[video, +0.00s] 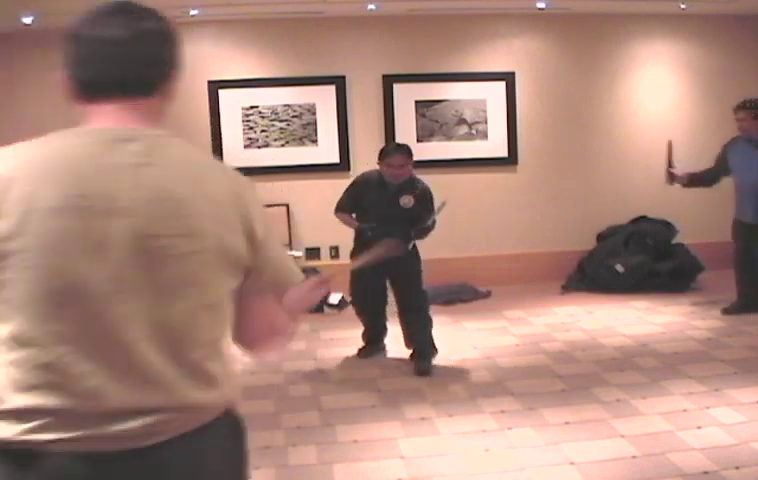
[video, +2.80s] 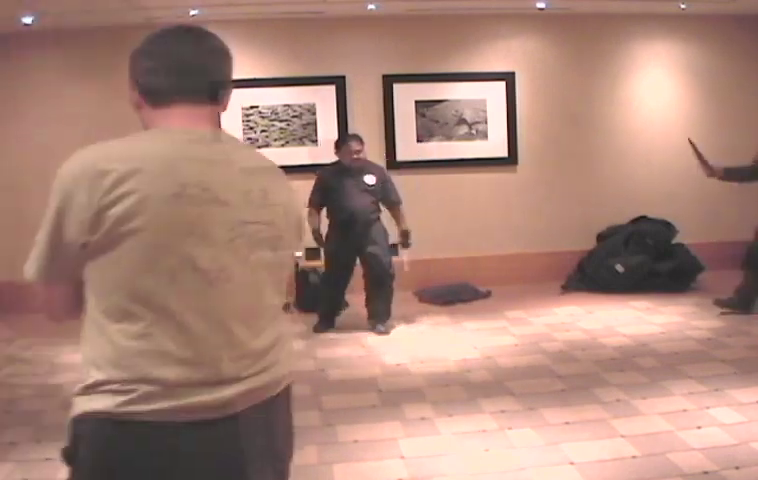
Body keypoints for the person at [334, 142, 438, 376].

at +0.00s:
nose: (398, 172)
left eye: (404, 166)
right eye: (392, 166)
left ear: (411, 166)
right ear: (381, 166)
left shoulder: (419, 190)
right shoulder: (365, 182)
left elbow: (427, 224)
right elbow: (340, 211)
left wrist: (410, 234)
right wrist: (360, 226)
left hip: (402, 250)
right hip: (367, 250)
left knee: (412, 302)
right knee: (365, 299)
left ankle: (422, 354)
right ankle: (374, 341)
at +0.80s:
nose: (415, 175)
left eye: (422, 169)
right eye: (410, 169)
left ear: (434, 167)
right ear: (402, 167)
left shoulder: (443, 191)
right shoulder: (388, 181)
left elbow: (442, 231)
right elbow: (367, 208)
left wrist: (423, 257)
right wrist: (375, 232)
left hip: (422, 252)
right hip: (386, 249)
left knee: (425, 306)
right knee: (371, 298)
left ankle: (423, 358)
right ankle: (366, 337)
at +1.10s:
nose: (406, 166)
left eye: (411, 161)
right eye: (399, 162)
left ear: (421, 162)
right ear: (390, 163)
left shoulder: (431, 186)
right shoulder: (377, 182)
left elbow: (447, 228)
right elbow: (354, 216)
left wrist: (455, 261)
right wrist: (349, 247)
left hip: (415, 251)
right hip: (379, 251)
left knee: (424, 304)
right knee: (371, 300)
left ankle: (423, 357)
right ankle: (374, 339)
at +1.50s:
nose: (377, 162)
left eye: (380, 156)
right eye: (370, 159)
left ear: (387, 154)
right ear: (359, 162)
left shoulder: (404, 179)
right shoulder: (348, 183)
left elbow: (426, 215)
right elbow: (331, 218)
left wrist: (441, 242)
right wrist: (332, 248)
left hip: (400, 245)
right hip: (364, 248)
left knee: (412, 296)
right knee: (369, 299)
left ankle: (421, 345)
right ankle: (378, 339)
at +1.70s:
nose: (374, 155)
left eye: (375, 149)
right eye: (366, 153)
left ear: (379, 148)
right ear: (354, 157)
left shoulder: (399, 173)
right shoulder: (345, 179)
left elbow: (412, 210)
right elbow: (328, 215)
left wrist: (413, 244)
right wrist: (330, 246)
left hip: (396, 237)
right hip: (364, 240)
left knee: (409, 283)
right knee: (370, 290)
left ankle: (402, 328)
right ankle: (377, 336)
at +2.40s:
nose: (378, 156)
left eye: (379, 152)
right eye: (372, 154)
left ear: (383, 150)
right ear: (358, 156)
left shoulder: (394, 173)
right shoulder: (345, 174)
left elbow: (408, 205)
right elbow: (327, 206)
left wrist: (416, 231)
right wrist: (323, 236)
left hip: (385, 230)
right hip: (355, 231)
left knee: (390, 273)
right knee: (352, 275)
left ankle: (378, 322)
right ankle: (351, 327)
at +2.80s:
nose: (356, 156)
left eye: (359, 152)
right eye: (351, 153)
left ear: (364, 151)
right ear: (338, 153)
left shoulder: (376, 172)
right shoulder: (327, 175)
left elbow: (393, 203)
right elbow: (314, 207)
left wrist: (402, 228)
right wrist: (315, 230)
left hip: (371, 230)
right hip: (339, 232)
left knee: (381, 271)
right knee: (334, 275)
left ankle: (379, 318)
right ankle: (326, 318)